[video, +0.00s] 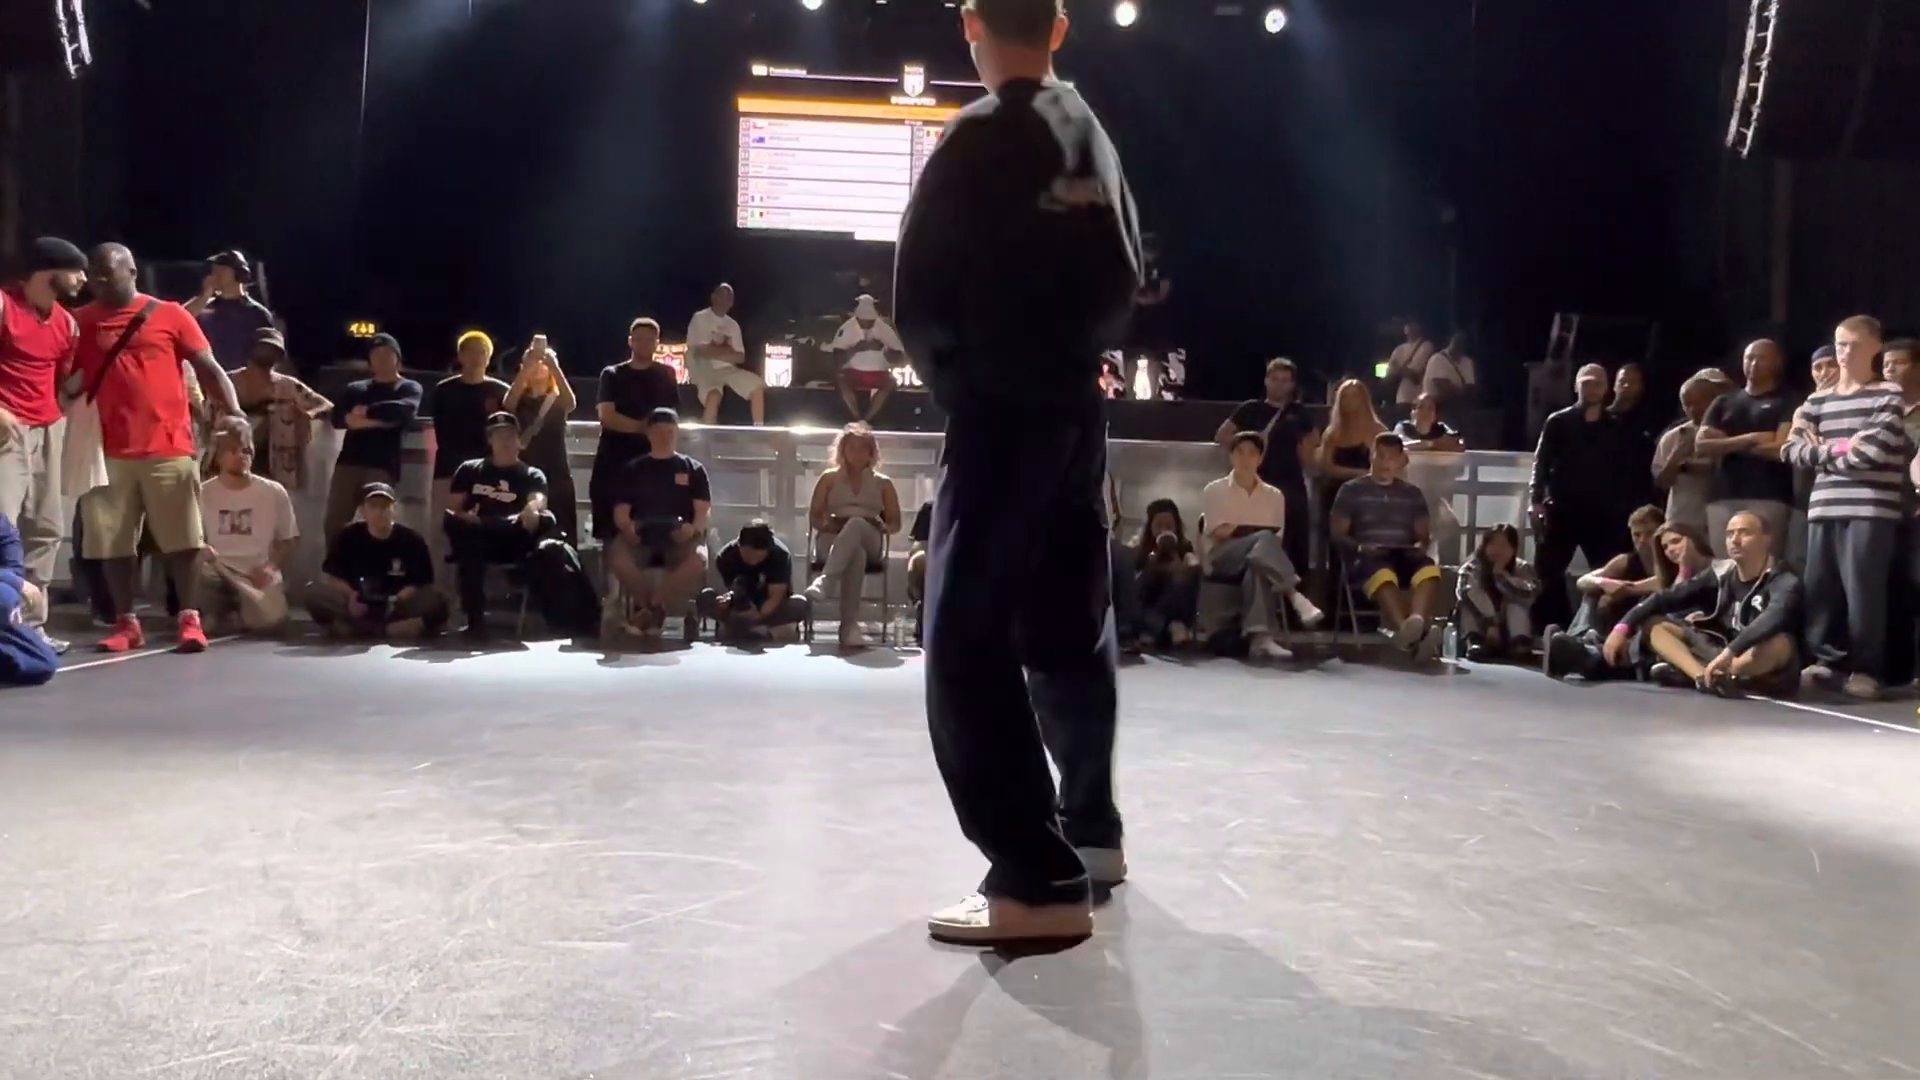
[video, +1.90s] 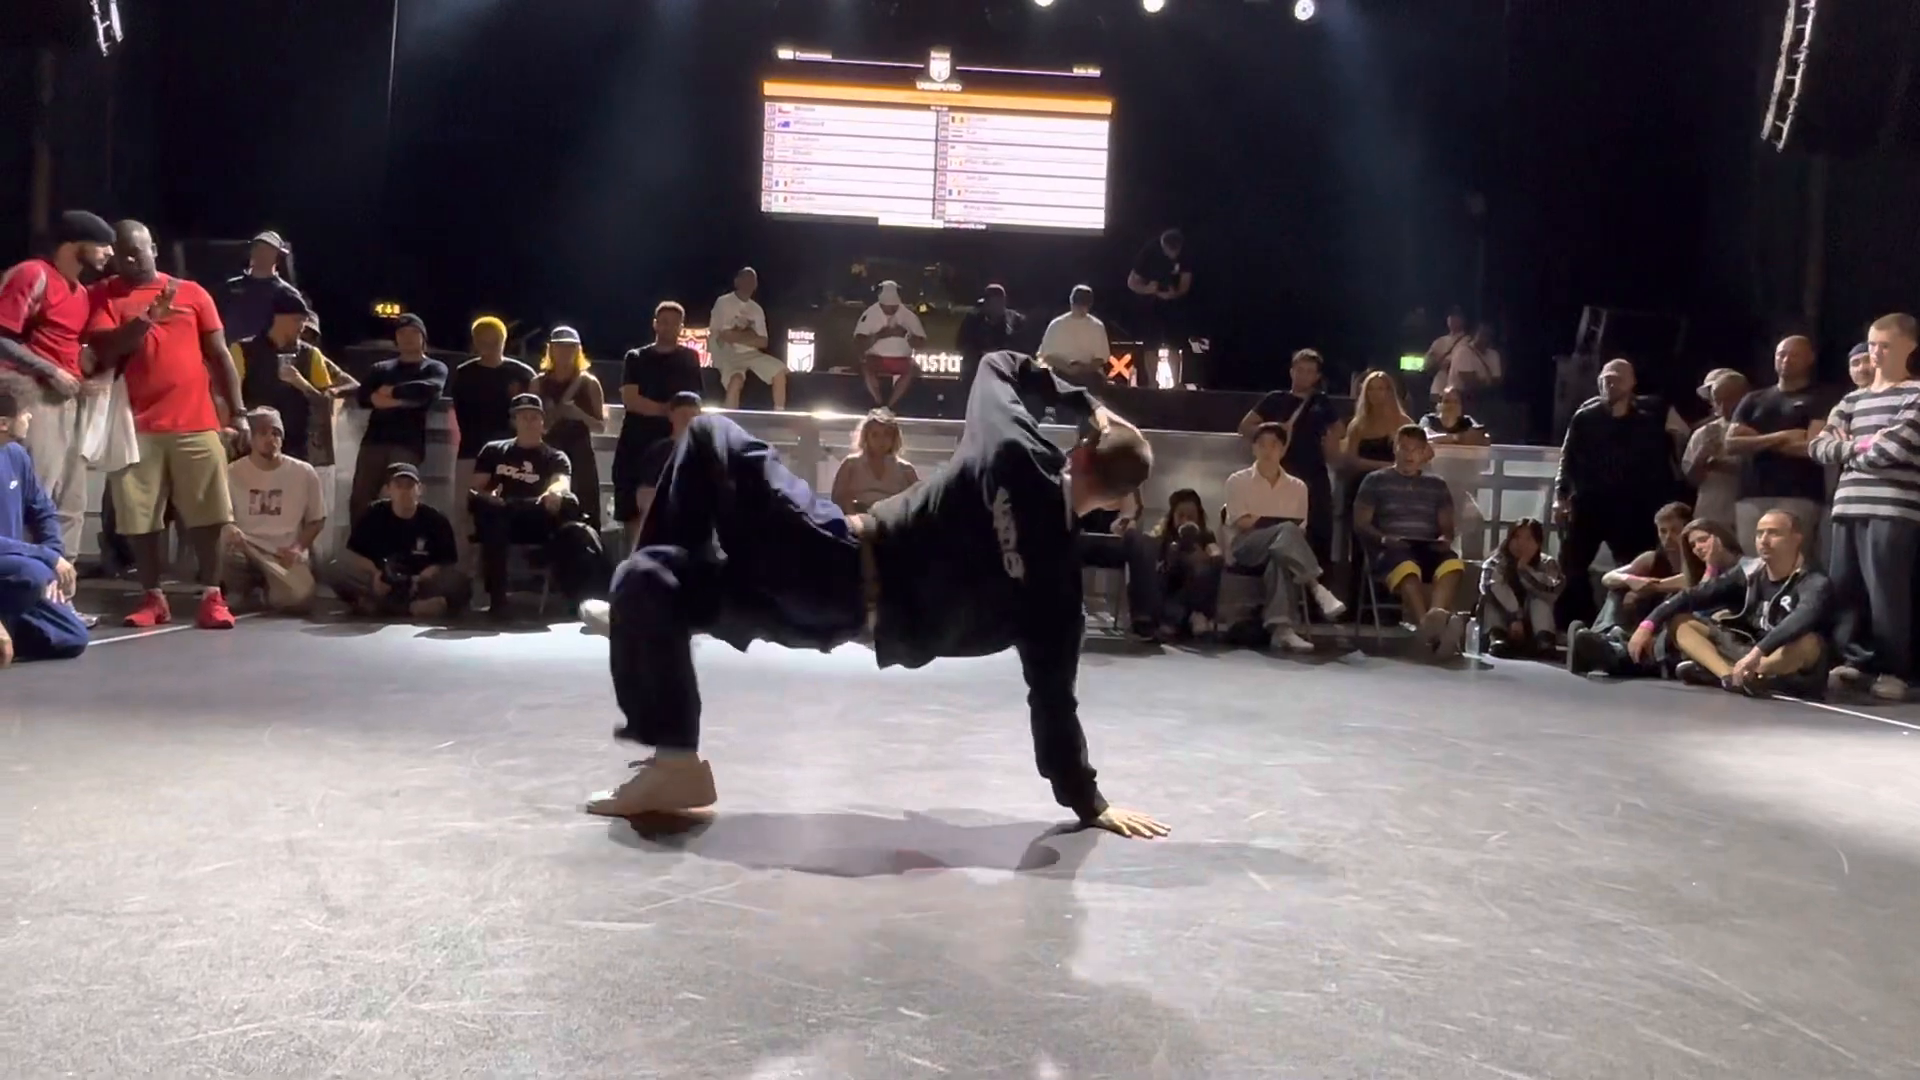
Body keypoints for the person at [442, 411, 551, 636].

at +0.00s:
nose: (505, 442)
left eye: (510, 436)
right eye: (500, 436)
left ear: (518, 440)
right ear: (489, 440)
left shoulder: (532, 475)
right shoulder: (469, 469)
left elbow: (538, 498)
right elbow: (451, 510)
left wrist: (531, 508)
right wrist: (465, 516)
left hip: (514, 529)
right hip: (479, 528)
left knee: (546, 520)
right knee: (465, 538)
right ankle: (474, 618)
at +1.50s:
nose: (524, 426)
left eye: (529, 421)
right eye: (519, 421)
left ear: (538, 427)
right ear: (509, 425)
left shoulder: (552, 462)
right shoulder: (489, 454)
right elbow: (470, 496)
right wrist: (487, 501)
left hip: (534, 525)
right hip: (496, 523)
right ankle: (485, 596)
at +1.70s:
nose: (526, 425)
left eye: (531, 420)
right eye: (521, 419)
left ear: (540, 425)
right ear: (511, 423)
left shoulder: (553, 459)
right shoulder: (491, 453)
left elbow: (558, 488)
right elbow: (472, 494)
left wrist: (552, 496)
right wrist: (489, 500)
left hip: (539, 519)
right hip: (502, 518)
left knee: (578, 534)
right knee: (486, 519)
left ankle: (608, 590)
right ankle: (494, 599)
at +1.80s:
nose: (527, 423)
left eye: (533, 418)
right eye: (522, 418)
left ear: (541, 424)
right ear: (512, 422)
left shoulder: (555, 458)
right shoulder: (492, 451)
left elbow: (560, 484)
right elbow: (473, 491)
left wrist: (553, 494)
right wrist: (488, 499)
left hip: (540, 519)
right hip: (503, 518)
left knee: (578, 534)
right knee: (488, 517)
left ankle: (604, 605)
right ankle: (496, 599)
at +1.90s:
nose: (530, 423)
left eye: (534, 417)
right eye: (524, 417)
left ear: (543, 423)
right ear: (514, 421)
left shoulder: (556, 457)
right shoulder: (493, 451)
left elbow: (561, 483)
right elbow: (475, 491)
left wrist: (555, 493)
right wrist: (490, 498)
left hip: (538, 515)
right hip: (502, 514)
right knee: (490, 518)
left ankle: (575, 601)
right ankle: (497, 598)